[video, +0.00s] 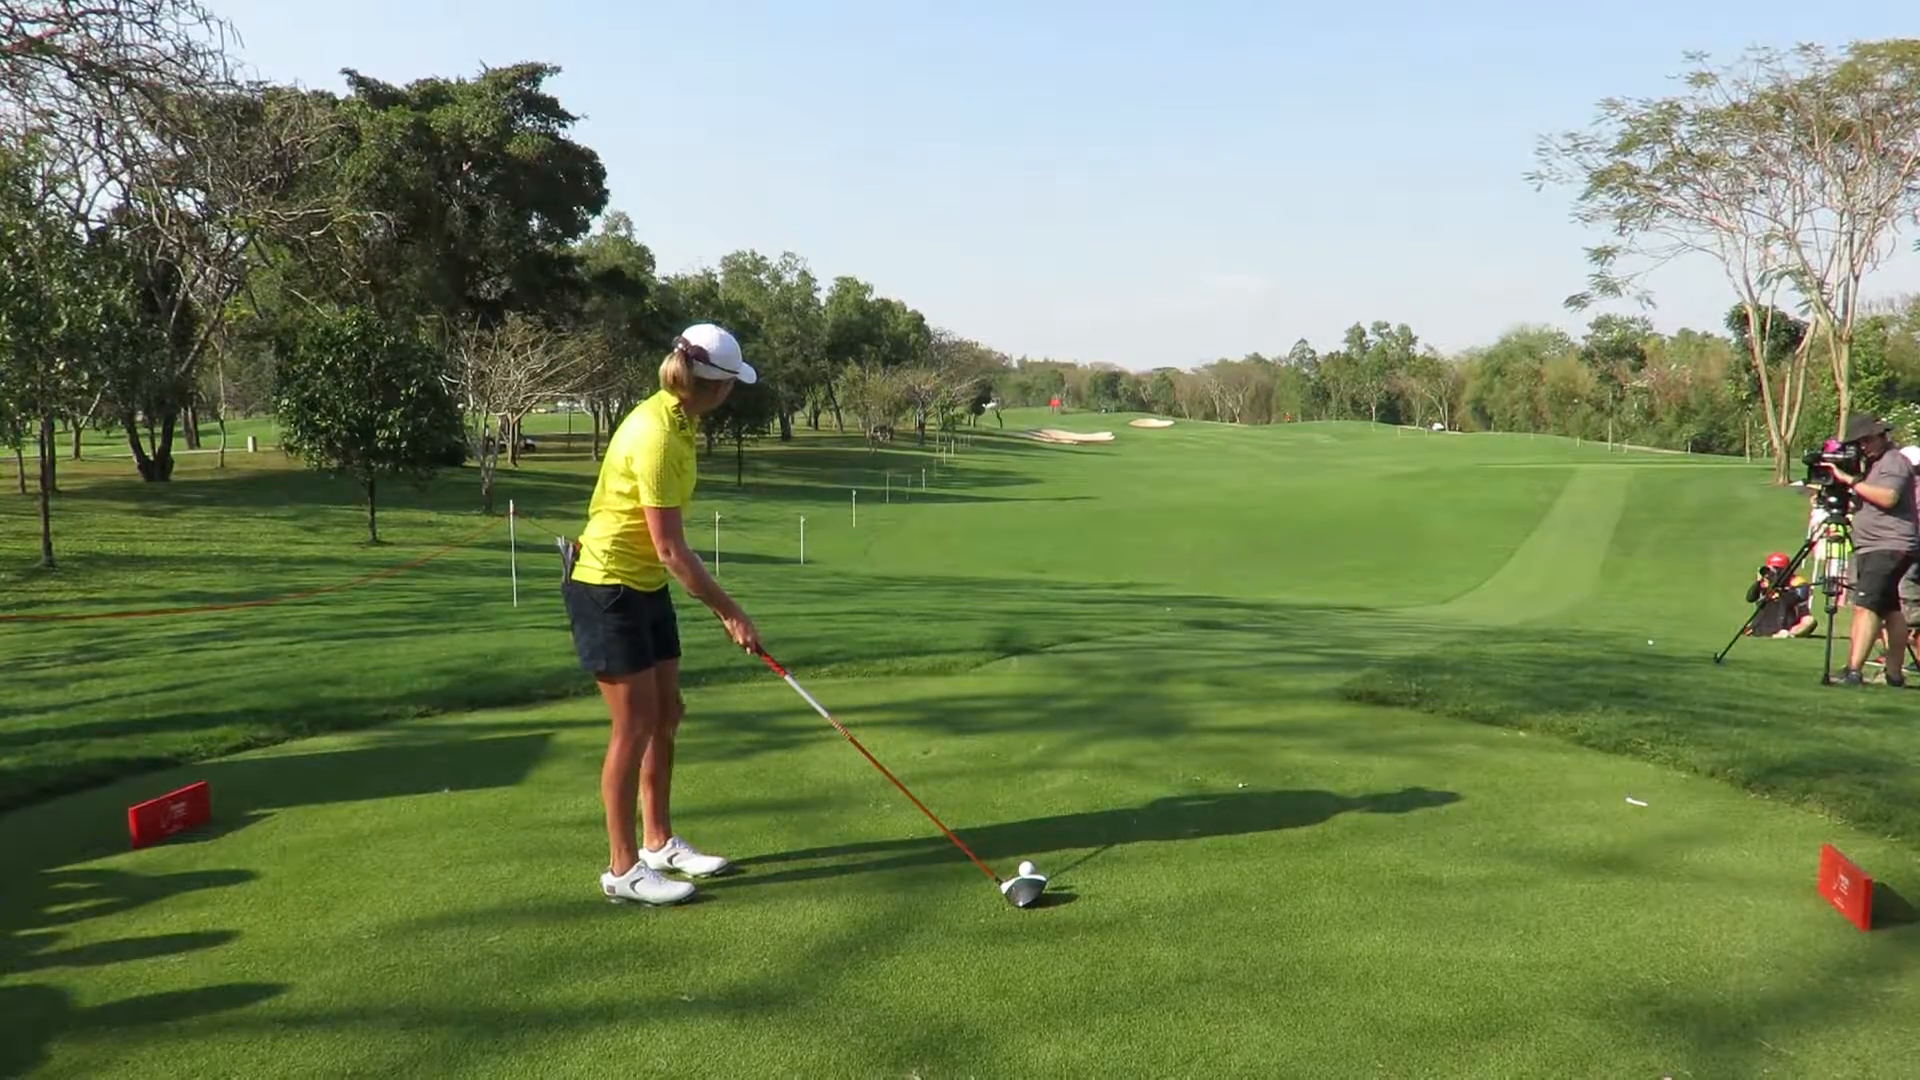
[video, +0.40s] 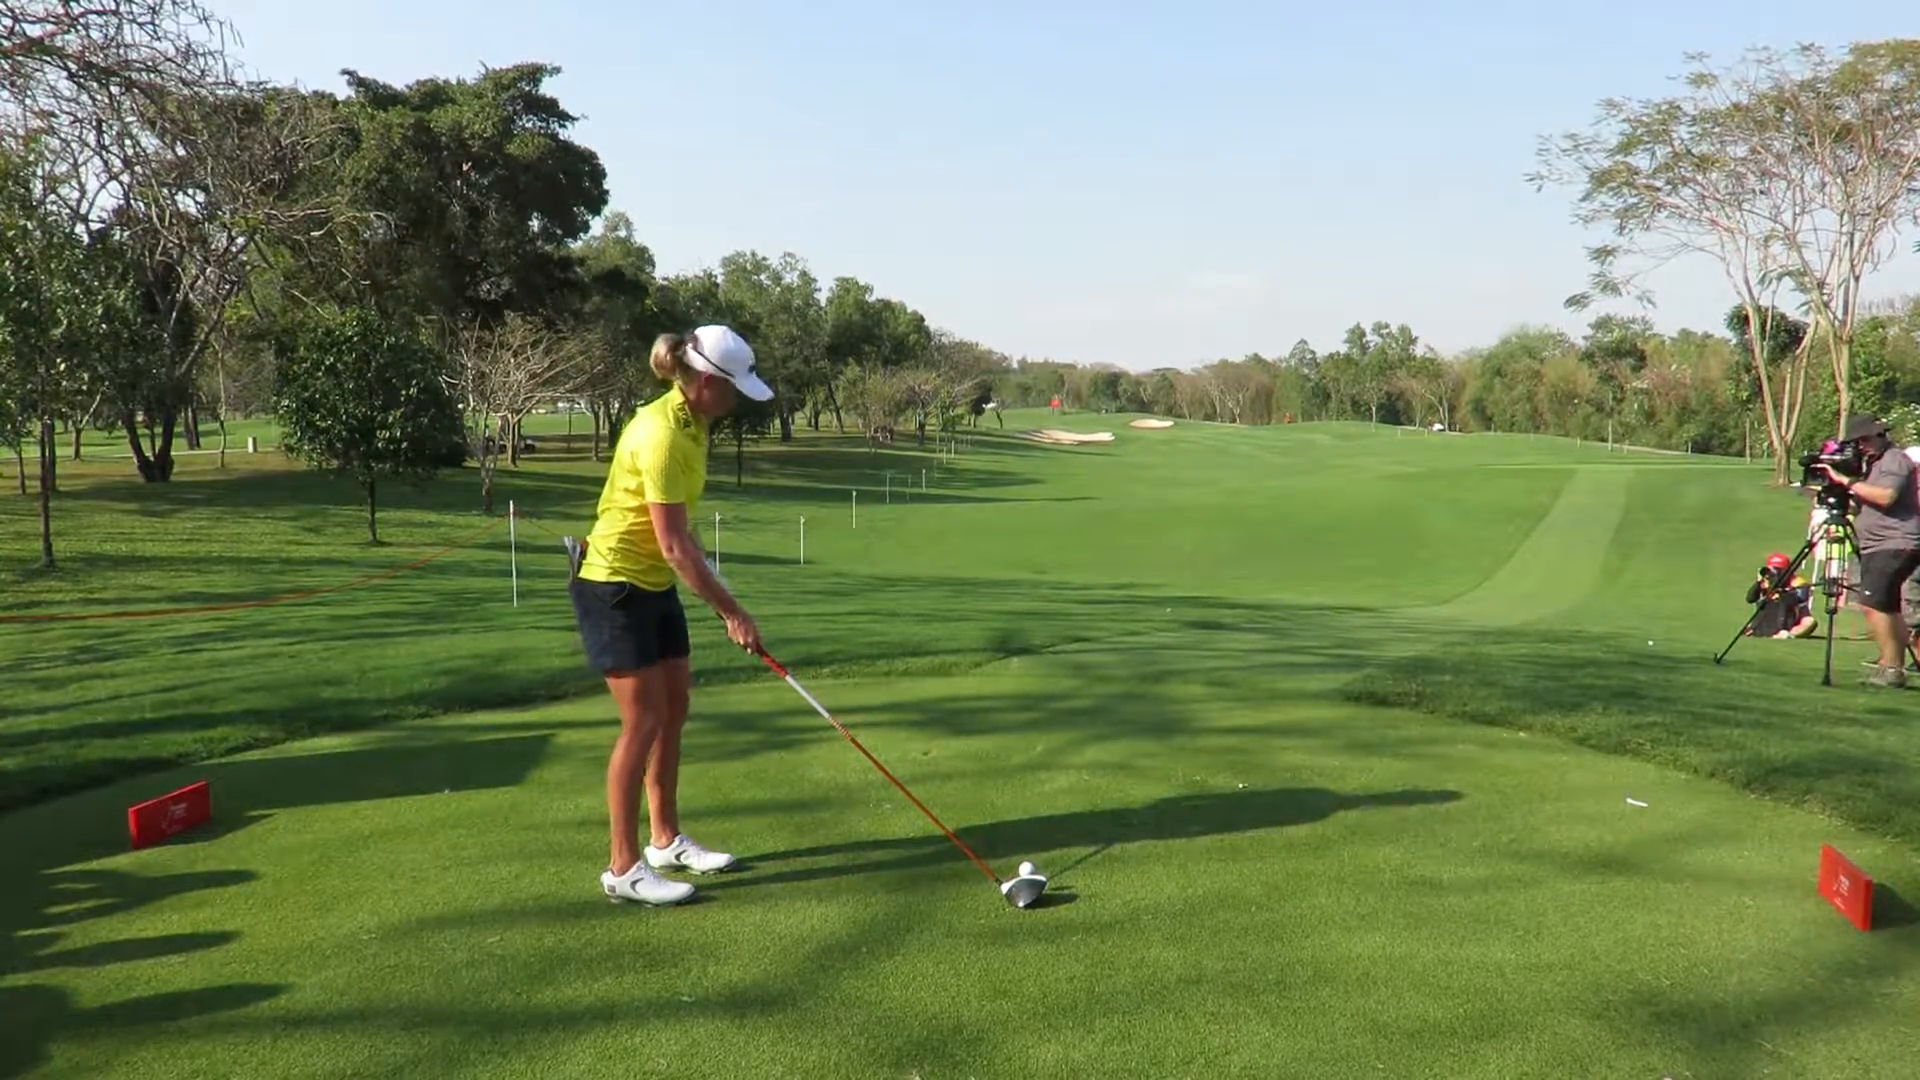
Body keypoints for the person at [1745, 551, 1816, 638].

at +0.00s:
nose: (1771, 575)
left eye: (1775, 571)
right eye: (1769, 571)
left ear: (1784, 571)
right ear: (1767, 570)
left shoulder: (1798, 583)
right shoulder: (1767, 583)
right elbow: (1750, 598)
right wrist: (1759, 583)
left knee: (1810, 620)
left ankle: (1789, 633)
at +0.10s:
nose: (1771, 575)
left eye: (1775, 572)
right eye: (1769, 571)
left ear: (1784, 571)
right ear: (1767, 570)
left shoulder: (1797, 584)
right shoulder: (1767, 583)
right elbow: (1750, 598)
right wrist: (1758, 583)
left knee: (1810, 621)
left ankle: (1789, 634)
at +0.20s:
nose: (1772, 576)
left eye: (1776, 572)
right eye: (1770, 572)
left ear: (1785, 572)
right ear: (1768, 571)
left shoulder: (1798, 583)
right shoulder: (1767, 583)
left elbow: (1800, 598)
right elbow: (1750, 599)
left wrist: (1782, 595)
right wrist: (1758, 583)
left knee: (1810, 621)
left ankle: (1789, 634)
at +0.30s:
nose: (1771, 577)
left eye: (1775, 574)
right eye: (1769, 573)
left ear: (1784, 573)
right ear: (1768, 572)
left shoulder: (1797, 584)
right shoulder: (1768, 584)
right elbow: (1750, 599)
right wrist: (1759, 584)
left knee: (1810, 621)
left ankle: (1789, 635)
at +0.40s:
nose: (1771, 577)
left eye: (1775, 573)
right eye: (1770, 573)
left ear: (1785, 572)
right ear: (1767, 572)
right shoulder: (1768, 584)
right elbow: (1750, 599)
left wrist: (1790, 634)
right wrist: (1759, 583)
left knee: (1811, 621)